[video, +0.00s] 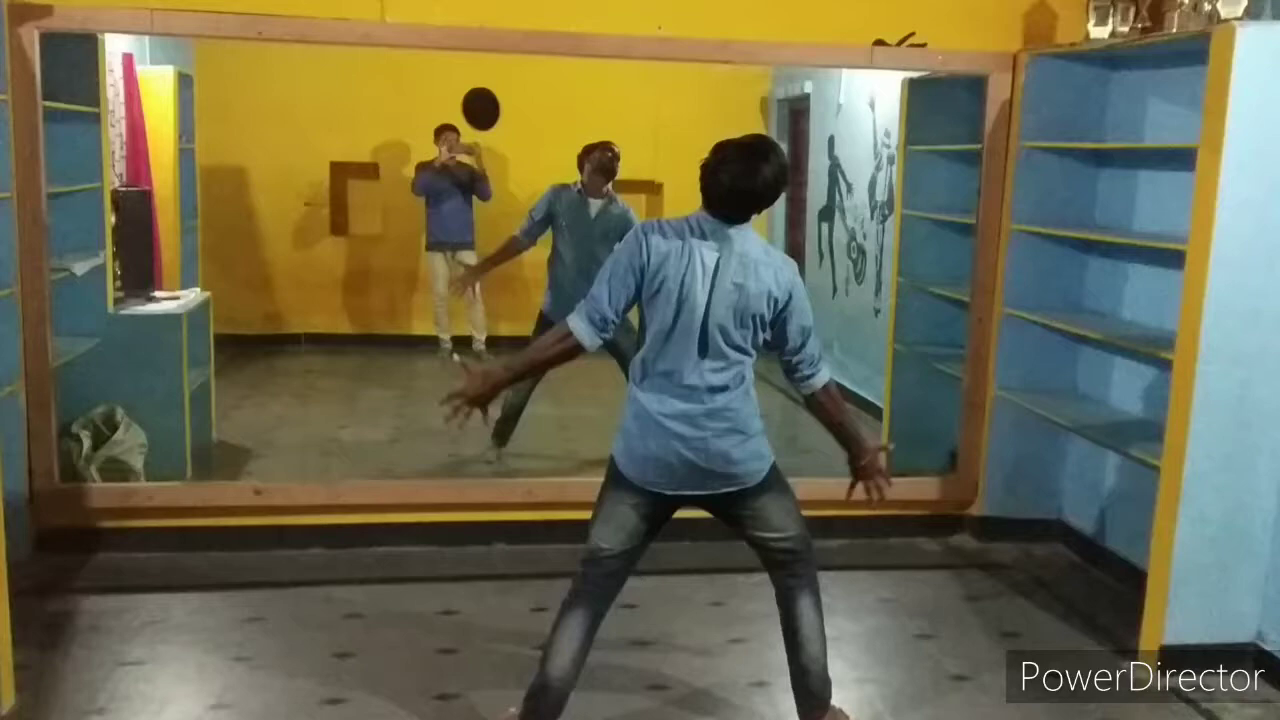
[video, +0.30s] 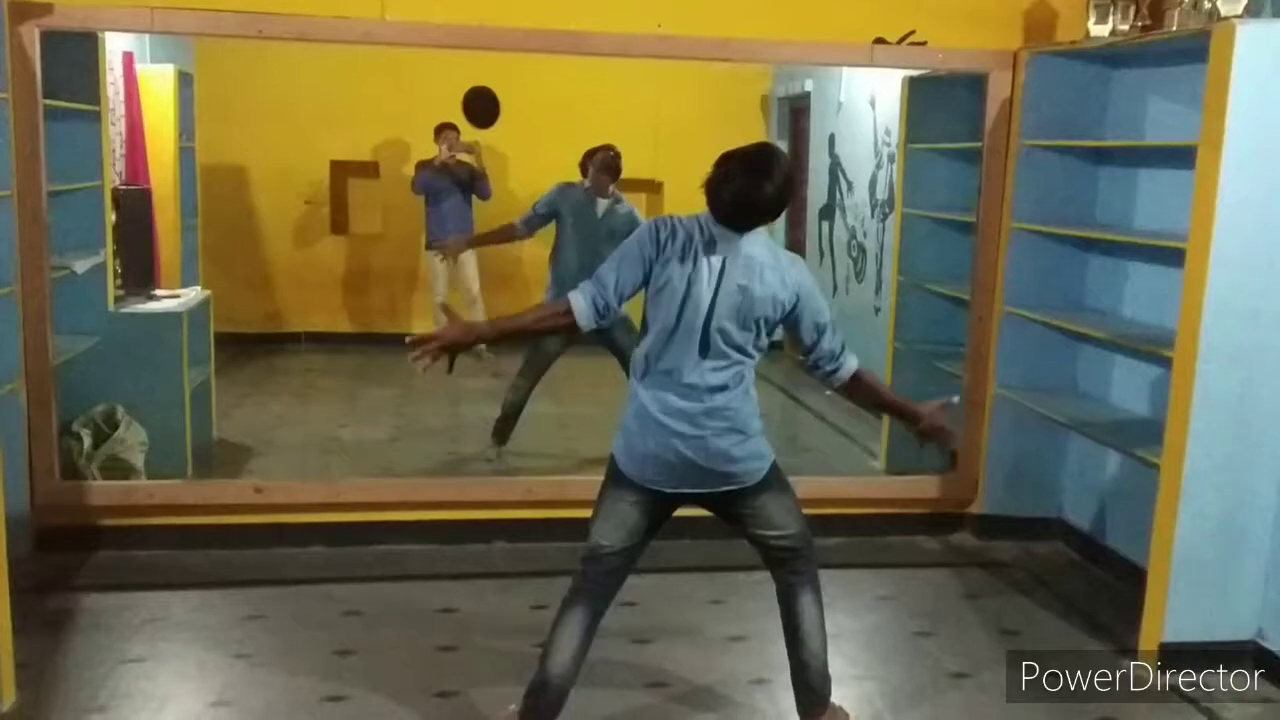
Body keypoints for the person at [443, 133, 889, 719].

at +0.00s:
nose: (701, 164)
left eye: (708, 160)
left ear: (706, 178)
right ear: (764, 203)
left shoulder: (648, 243)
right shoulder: (777, 273)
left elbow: (581, 331)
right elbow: (809, 374)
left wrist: (498, 376)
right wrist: (859, 446)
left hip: (645, 452)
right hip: (735, 456)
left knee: (592, 587)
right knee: (796, 574)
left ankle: (537, 710)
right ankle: (817, 709)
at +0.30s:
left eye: (718, 177)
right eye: (776, 195)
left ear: (713, 186)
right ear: (773, 211)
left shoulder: (661, 237)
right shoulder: (784, 273)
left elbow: (579, 311)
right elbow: (838, 368)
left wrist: (473, 331)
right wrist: (914, 415)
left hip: (646, 446)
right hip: (730, 452)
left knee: (591, 584)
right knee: (795, 569)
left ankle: (536, 711)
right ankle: (817, 709)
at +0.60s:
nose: (782, 189)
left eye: (731, 170)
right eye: (786, 183)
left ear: (718, 183)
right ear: (779, 202)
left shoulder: (669, 224)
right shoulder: (794, 263)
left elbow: (577, 283)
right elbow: (865, 340)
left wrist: (466, 282)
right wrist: (960, 362)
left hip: (648, 436)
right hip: (732, 443)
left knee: (592, 577)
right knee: (801, 559)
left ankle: (532, 710)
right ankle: (817, 704)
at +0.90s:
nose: (791, 182)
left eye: (758, 161)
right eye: (788, 173)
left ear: (718, 172)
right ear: (776, 190)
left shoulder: (668, 211)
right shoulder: (789, 245)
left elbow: (570, 254)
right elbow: (873, 308)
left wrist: (463, 237)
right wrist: (971, 305)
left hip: (645, 421)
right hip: (729, 425)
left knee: (592, 558)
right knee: (795, 536)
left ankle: (530, 699)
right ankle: (811, 686)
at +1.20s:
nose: (784, 168)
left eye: (771, 154)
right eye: (783, 160)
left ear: (713, 156)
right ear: (770, 176)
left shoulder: (660, 206)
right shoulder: (783, 235)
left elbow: (561, 235)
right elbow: (880, 288)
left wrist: (463, 193)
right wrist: (972, 269)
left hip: (643, 416)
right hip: (727, 420)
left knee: (589, 553)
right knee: (792, 532)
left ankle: (527, 696)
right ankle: (807, 679)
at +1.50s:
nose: (770, 157)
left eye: (744, 146)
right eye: (773, 150)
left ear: (708, 150)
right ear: (768, 164)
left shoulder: (659, 205)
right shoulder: (782, 231)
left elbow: (560, 224)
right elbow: (880, 274)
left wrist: (472, 161)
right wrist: (972, 233)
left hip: (642, 417)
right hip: (728, 421)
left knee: (588, 553)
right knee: (792, 530)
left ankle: (527, 692)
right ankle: (808, 677)